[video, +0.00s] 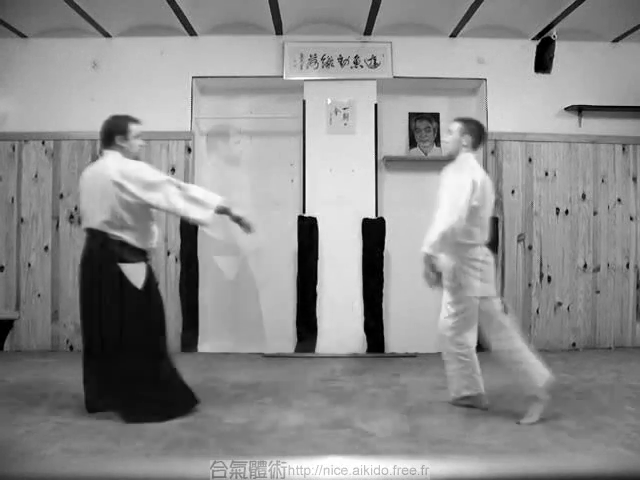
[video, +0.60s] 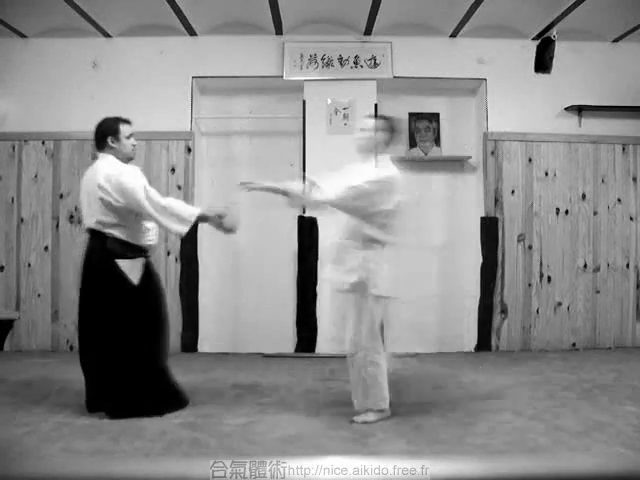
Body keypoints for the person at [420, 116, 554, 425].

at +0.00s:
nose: (444, 138)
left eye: (450, 133)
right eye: (445, 132)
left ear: (466, 140)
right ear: (468, 142)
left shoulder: (461, 172)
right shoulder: (477, 173)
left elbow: (450, 217)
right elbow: (476, 229)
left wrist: (428, 251)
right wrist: (441, 257)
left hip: (466, 261)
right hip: (475, 260)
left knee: (455, 330)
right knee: (496, 327)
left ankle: (469, 395)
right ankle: (541, 383)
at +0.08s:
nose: (440, 138)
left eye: (445, 133)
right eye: (441, 133)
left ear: (461, 139)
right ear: (460, 139)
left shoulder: (458, 171)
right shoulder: (457, 169)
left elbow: (444, 216)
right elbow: (436, 213)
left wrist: (420, 247)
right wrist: (422, 248)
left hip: (462, 259)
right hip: (461, 258)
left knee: (457, 329)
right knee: (463, 328)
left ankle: (469, 394)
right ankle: (514, 379)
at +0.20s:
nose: (423, 137)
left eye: (430, 133)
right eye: (425, 132)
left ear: (447, 139)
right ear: (446, 140)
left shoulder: (447, 171)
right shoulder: (448, 169)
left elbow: (431, 217)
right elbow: (430, 218)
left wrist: (401, 248)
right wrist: (416, 250)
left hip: (454, 265)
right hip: (455, 263)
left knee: (420, 326)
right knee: (459, 333)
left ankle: (467, 390)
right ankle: (472, 393)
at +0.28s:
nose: (420, 138)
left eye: (428, 133)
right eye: (416, 132)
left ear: (441, 139)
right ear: (412, 138)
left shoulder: (442, 176)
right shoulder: (416, 176)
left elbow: (422, 222)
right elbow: (400, 216)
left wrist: (386, 236)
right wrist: (374, 239)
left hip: (439, 264)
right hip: (416, 263)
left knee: (450, 327)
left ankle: (476, 391)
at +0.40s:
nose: (395, 138)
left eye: (403, 133)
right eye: (395, 132)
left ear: (421, 140)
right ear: (400, 140)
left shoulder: (427, 177)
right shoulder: (399, 177)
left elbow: (407, 223)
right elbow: (390, 220)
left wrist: (368, 225)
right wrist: (361, 225)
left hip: (414, 272)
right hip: (402, 271)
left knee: (380, 333)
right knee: (436, 332)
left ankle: (375, 404)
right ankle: (473, 385)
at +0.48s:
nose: (380, 138)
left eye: (388, 133)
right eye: (382, 132)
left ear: (406, 140)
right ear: (395, 141)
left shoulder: (406, 178)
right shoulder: (414, 174)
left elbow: (373, 211)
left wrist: (335, 213)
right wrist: (335, 207)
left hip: (398, 271)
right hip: (410, 268)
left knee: (375, 337)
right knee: (419, 331)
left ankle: (376, 406)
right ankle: (463, 379)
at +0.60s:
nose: (365, 136)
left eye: (373, 131)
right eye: (364, 130)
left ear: (387, 138)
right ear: (363, 135)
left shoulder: (386, 176)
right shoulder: (361, 171)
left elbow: (341, 197)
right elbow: (320, 191)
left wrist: (303, 197)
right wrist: (270, 187)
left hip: (371, 266)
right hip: (353, 264)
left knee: (366, 338)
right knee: (356, 337)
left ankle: (377, 406)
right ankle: (366, 404)